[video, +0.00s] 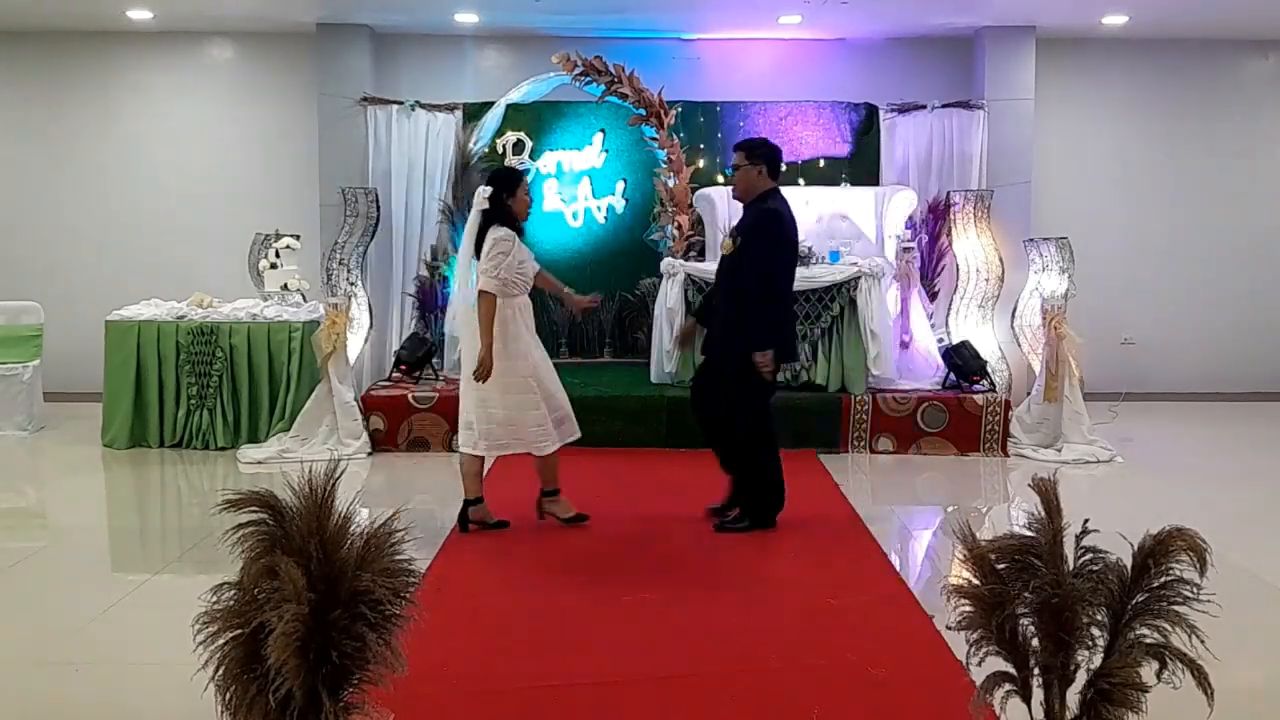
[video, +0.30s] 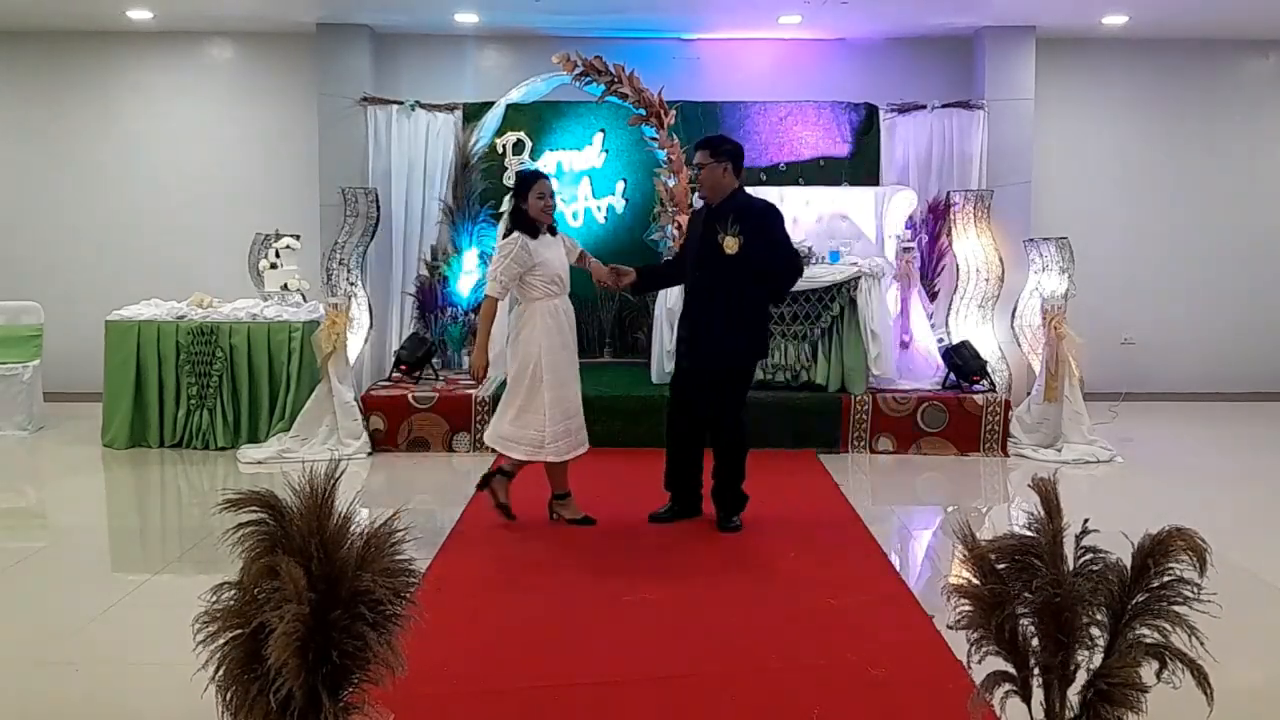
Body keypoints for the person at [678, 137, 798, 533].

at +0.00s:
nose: (732, 178)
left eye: (737, 170)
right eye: (732, 170)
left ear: (761, 172)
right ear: (757, 173)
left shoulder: (770, 216)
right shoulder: (755, 214)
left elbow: (769, 287)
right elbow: (732, 281)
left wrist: (765, 343)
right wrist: (698, 319)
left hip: (751, 344)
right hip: (732, 339)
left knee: (750, 423)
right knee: (708, 398)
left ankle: (760, 509)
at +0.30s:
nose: (696, 175)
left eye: (702, 168)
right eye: (695, 169)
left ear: (728, 169)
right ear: (709, 172)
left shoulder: (761, 215)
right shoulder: (700, 218)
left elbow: (789, 266)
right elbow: (682, 267)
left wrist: (756, 300)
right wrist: (638, 277)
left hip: (739, 338)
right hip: (696, 336)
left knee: (727, 420)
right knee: (683, 416)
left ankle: (729, 507)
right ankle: (684, 500)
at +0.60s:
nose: (713, 176)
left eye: (721, 169)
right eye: (704, 169)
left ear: (733, 172)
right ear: (691, 173)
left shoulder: (755, 214)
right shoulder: (673, 215)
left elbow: (780, 264)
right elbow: (653, 267)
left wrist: (749, 293)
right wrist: (643, 285)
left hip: (738, 335)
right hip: (689, 334)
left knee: (732, 420)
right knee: (686, 417)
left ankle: (724, 499)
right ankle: (685, 498)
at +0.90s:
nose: (717, 174)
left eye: (724, 167)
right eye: (708, 167)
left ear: (734, 172)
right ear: (694, 172)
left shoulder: (750, 212)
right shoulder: (681, 211)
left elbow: (759, 260)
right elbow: (681, 245)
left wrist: (737, 289)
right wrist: (684, 262)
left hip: (740, 332)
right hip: (694, 332)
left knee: (739, 416)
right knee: (695, 414)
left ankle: (727, 498)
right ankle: (690, 498)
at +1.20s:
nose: (706, 171)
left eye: (713, 164)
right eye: (697, 164)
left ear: (725, 168)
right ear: (685, 169)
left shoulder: (743, 210)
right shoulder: (671, 209)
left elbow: (760, 262)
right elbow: (677, 245)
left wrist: (732, 291)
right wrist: (699, 263)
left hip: (733, 333)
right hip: (687, 333)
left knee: (731, 418)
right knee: (687, 417)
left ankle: (727, 499)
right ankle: (688, 498)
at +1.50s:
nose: (698, 172)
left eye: (706, 165)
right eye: (690, 165)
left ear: (722, 169)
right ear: (680, 170)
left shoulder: (745, 214)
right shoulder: (662, 215)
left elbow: (772, 270)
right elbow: (638, 265)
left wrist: (740, 298)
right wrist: (656, 304)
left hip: (729, 331)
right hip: (678, 329)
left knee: (726, 418)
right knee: (684, 417)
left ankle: (725, 499)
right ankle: (687, 498)